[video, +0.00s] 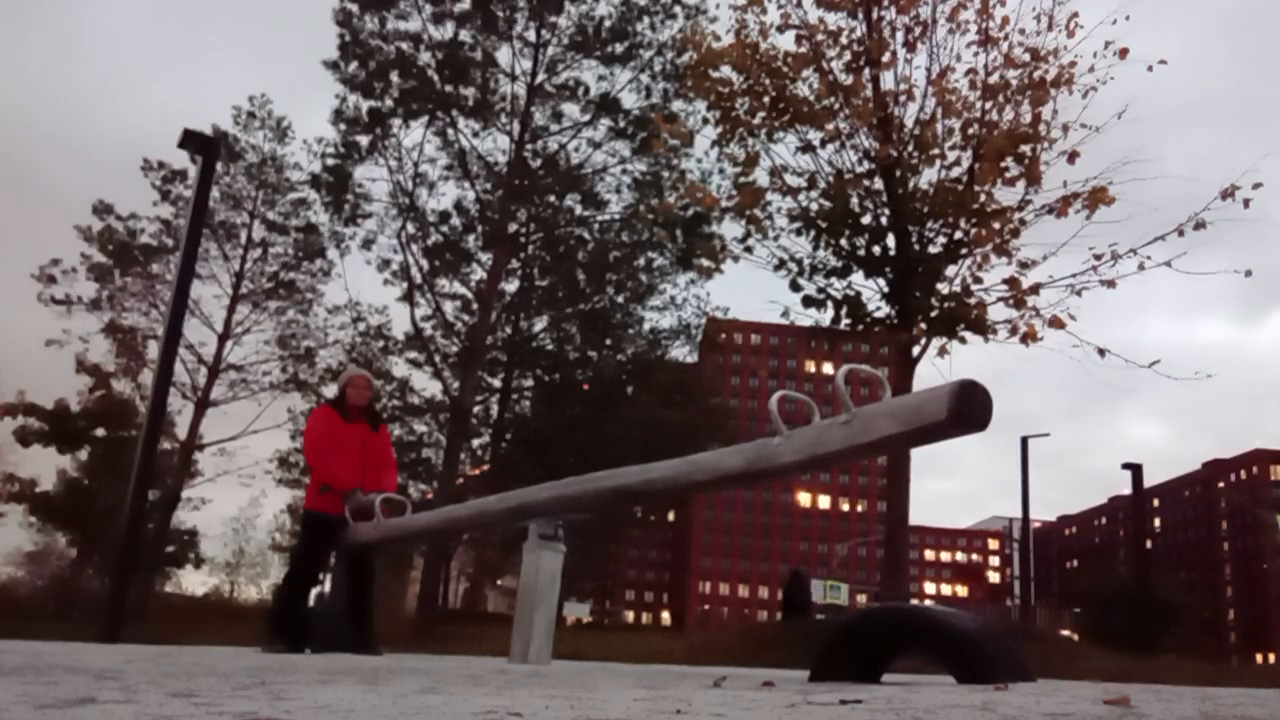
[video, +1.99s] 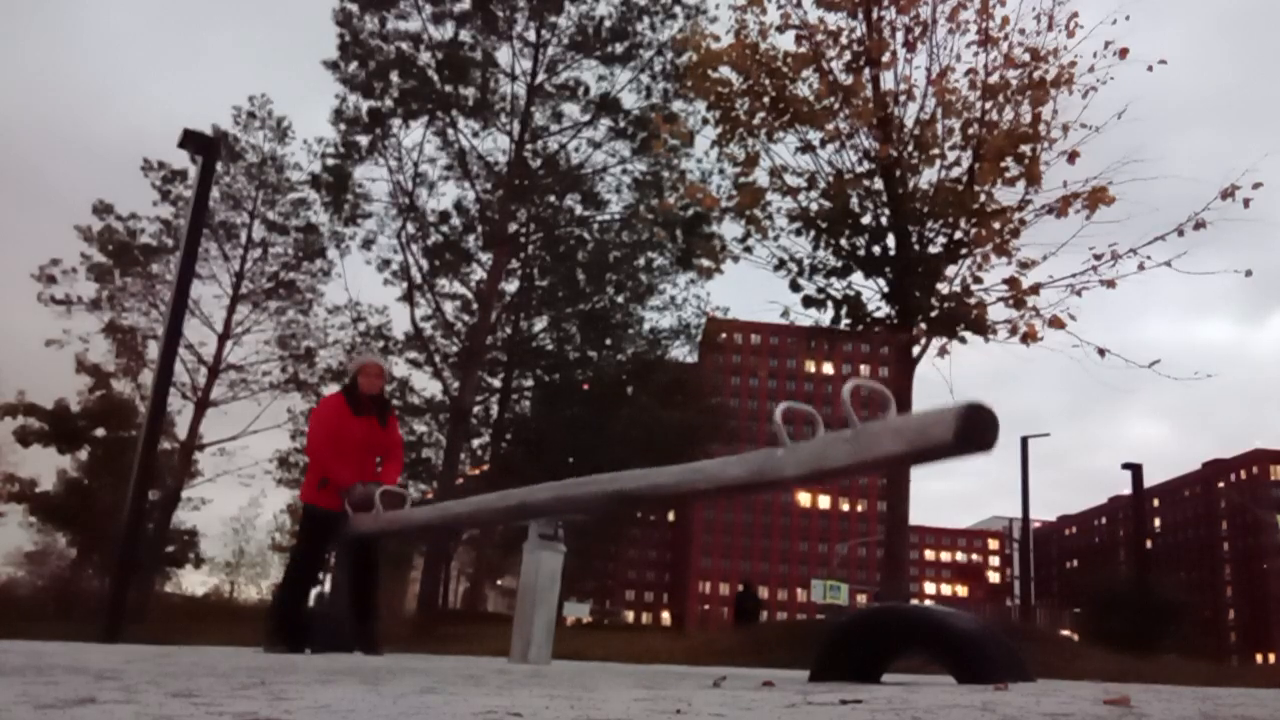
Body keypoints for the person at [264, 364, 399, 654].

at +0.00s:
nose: (362, 391)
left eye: (367, 387)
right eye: (356, 386)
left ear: (373, 393)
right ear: (344, 390)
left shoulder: (377, 428)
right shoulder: (323, 417)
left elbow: (388, 466)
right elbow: (316, 457)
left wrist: (385, 496)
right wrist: (347, 489)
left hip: (362, 515)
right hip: (323, 510)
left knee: (361, 578)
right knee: (304, 572)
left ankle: (362, 640)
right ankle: (282, 635)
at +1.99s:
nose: (373, 381)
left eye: (378, 376)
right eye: (367, 375)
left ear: (385, 381)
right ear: (355, 377)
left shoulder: (386, 416)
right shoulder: (330, 406)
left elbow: (395, 455)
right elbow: (318, 451)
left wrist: (385, 484)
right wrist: (347, 484)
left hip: (362, 510)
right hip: (323, 503)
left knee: (364, 575)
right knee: (304, 570)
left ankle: (365, 640)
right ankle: (282, 637)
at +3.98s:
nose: (355, 391)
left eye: (360, 387)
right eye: (349, 386)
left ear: (367, 392)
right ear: (338, 390)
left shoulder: (375, 426)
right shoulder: (319, 416)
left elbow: (384, 464)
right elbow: (315, 453)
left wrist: (376, 487)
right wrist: (343, 481)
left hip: (359, 513)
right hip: (321, 508)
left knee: (359, 577)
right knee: (303, 572)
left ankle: (360, 640)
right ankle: (282, 636)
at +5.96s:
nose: (372, 389)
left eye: (376, 385)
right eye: (366, 384)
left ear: (382, 391)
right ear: (352, 386)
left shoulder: (383, 424)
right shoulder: (330, 412)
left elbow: (394, 464)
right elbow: (317, 452)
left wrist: (387, 487)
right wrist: (346, 479)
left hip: (365, 513)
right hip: (326, 507)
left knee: (361, 577)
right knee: (306, 570)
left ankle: (360, 640)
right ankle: (282, 635)